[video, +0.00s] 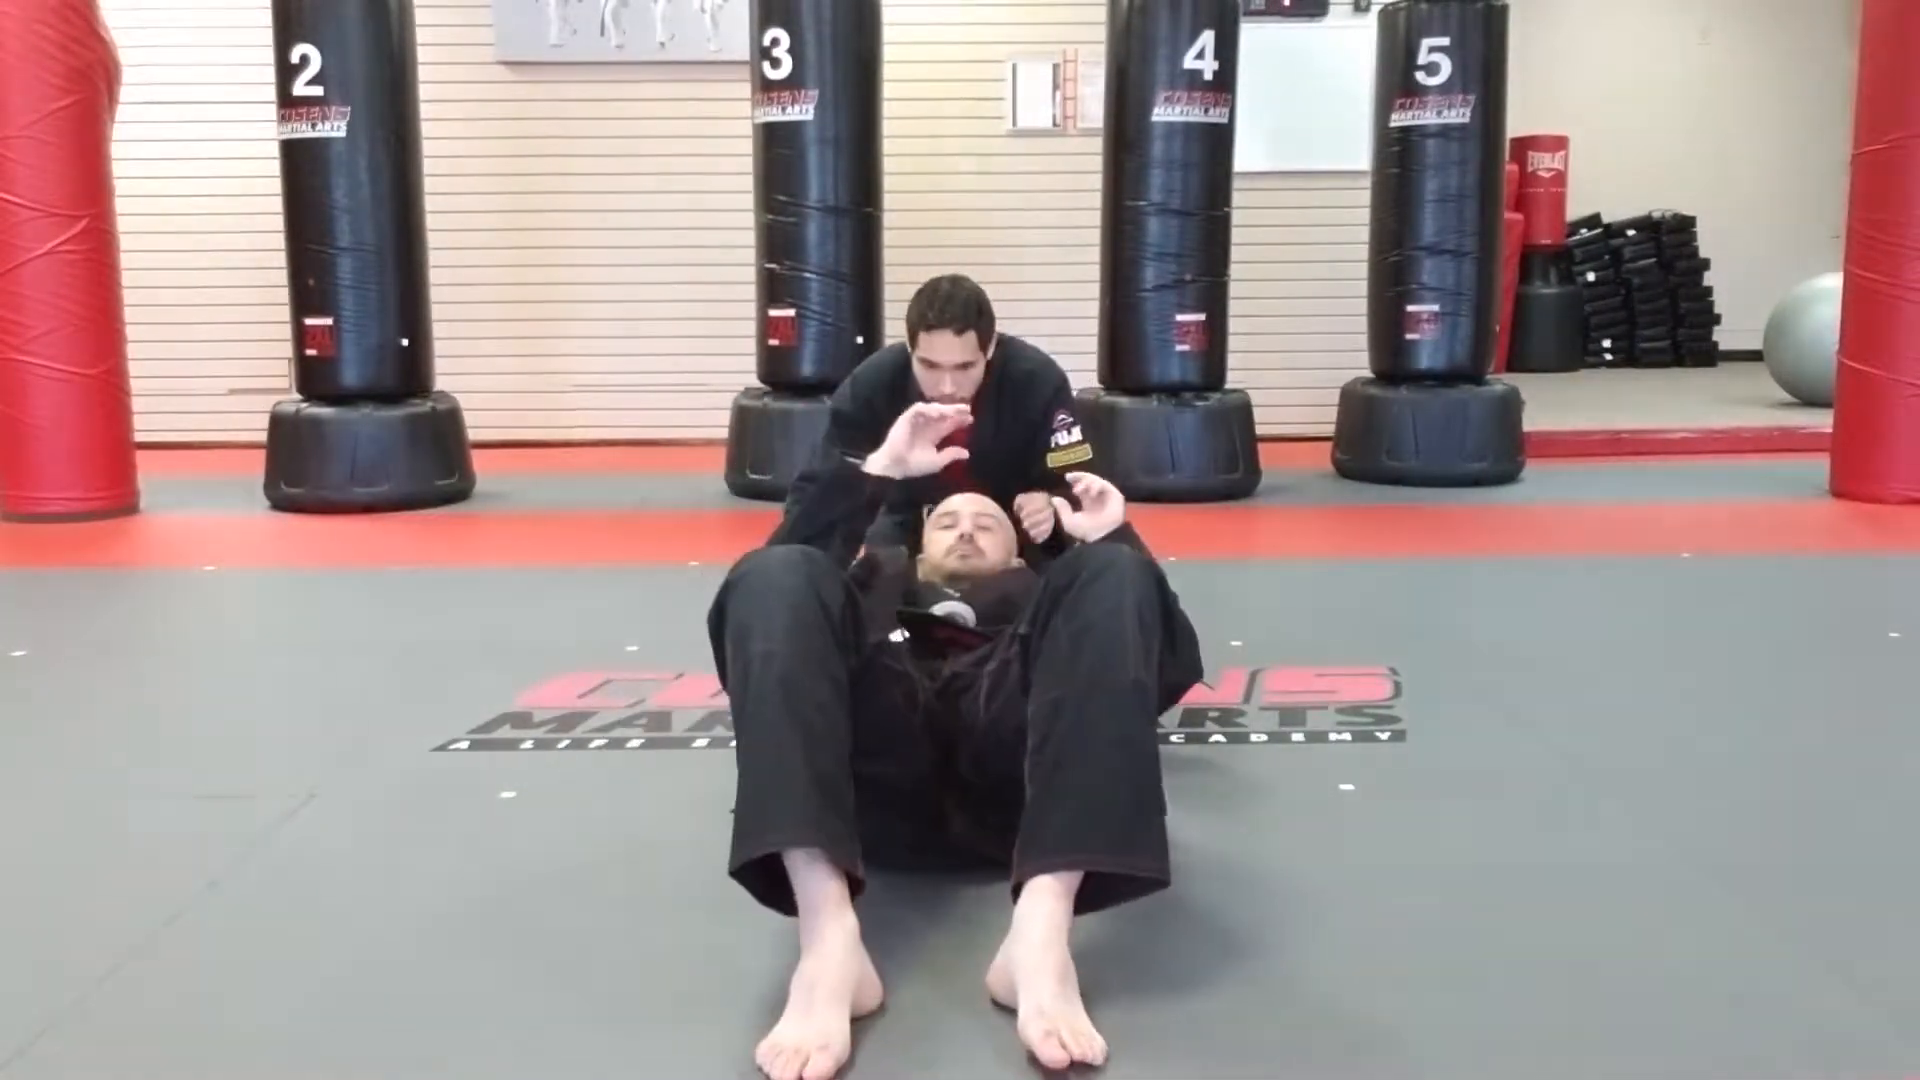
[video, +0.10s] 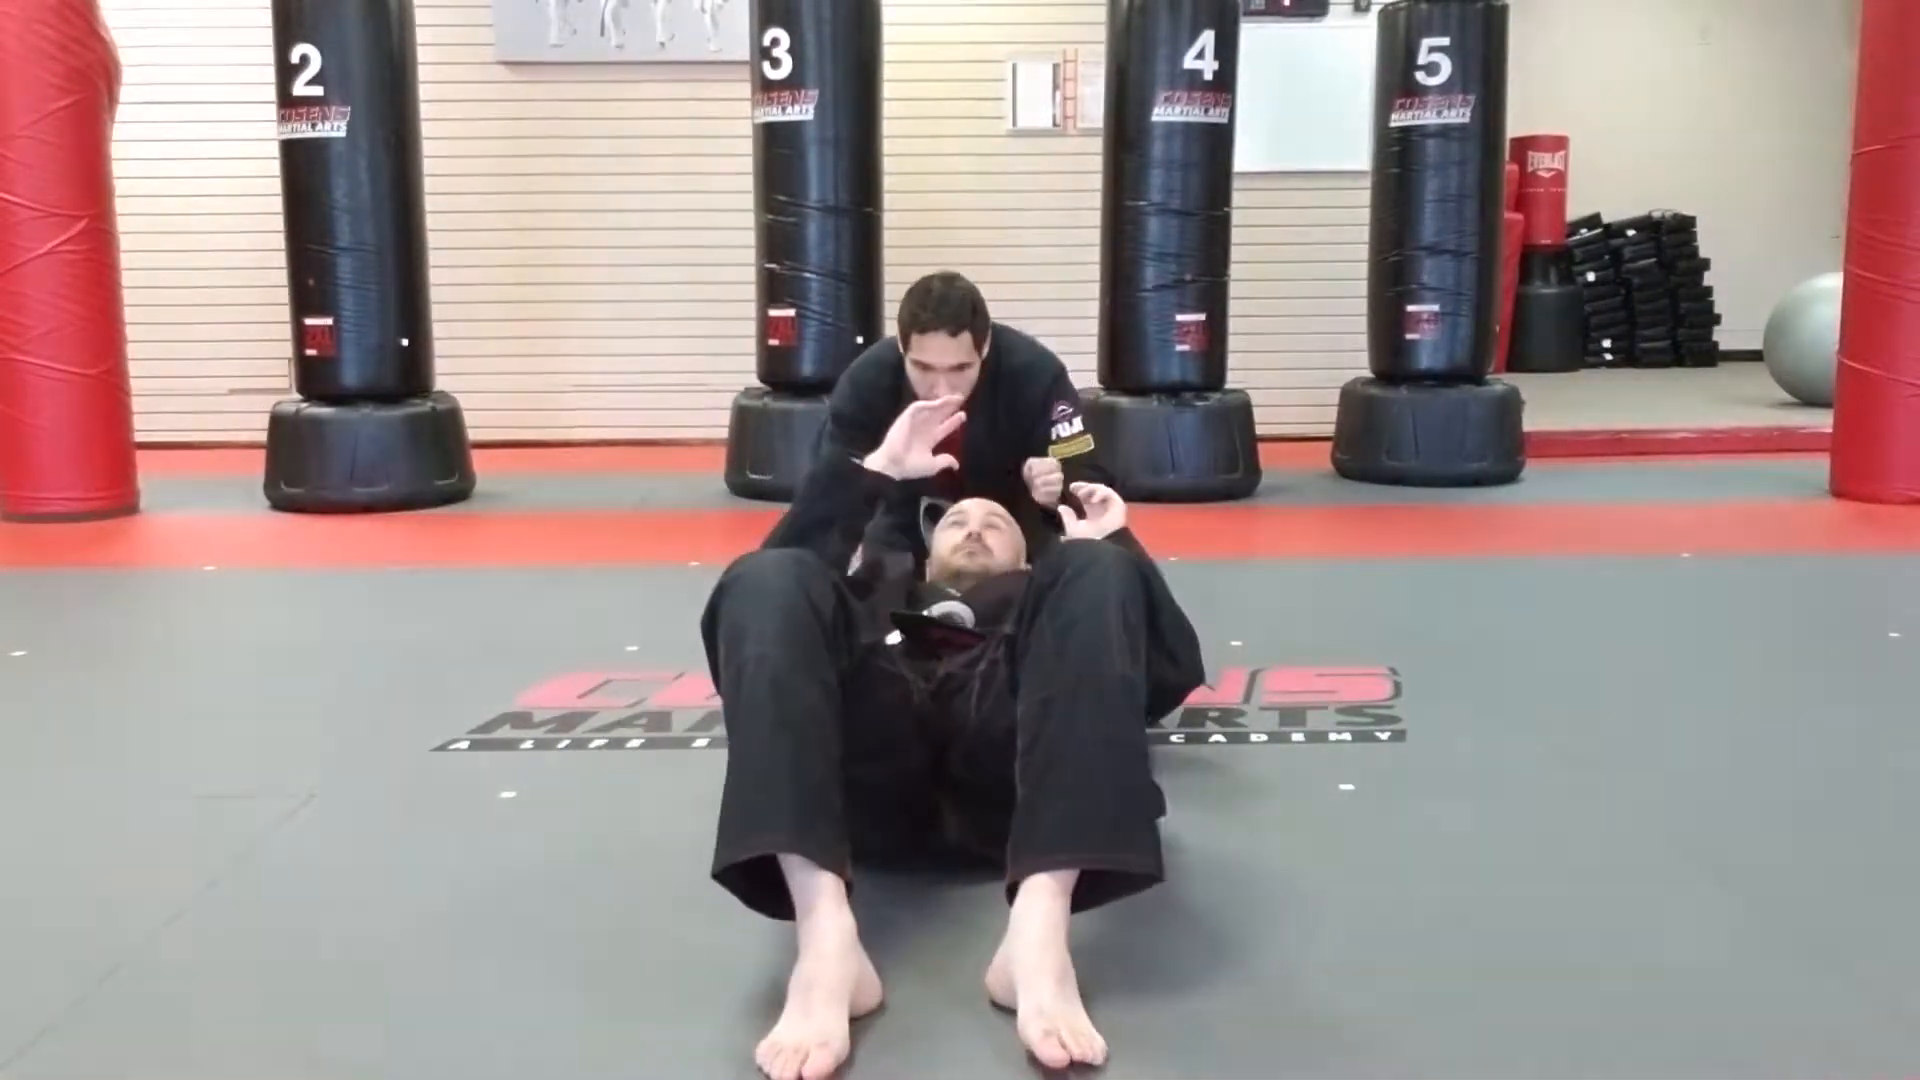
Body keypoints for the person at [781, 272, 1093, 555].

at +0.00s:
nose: (947, 386)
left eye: (963, 368)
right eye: (930, 367)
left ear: (989, 349)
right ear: (910, 349)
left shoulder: (1035, 381)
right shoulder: (870, 387)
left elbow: (1081, 500)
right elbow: (825, 496)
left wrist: (1052, 510)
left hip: (1006, 520)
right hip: (907, 517)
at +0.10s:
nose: (940, 389)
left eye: (959, 370)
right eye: (923, 368)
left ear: (983, 348)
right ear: (903, 347)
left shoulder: (1035, 374)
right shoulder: (867, 382)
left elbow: (1099, 490)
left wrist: (1063, 490)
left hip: (1012, 520)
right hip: (906, 521)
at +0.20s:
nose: (940, 388)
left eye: (956, 368)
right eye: (921, 367)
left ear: (980, 345)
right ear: (898, 347)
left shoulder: (1032, 364)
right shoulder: (865, 370)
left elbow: (1104, 474)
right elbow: (825, 497)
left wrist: (1059, 473)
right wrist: (874, 478)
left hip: (1011, 517)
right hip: (904, 513)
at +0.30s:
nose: (934, 376)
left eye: (952, 355)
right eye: (915, 355)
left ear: (976, 332)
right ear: (892, 335)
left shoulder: (1028, 353)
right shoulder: (859, 362)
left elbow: (1084, 466)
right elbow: (820, 488)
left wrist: (1033, 480)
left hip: (1000, 515)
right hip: (896, 518)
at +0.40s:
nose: (922, 369)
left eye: (939, 347)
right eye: (902, 349)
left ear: (966, 323)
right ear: (881, 328)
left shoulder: (1018, 340)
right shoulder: (847, 357)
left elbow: (1055, 452)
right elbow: (804, 485)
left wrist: (1010, 482)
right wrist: (837, 505)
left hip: (997, 526)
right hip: (886, 524)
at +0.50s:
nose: (908, 365)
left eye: (924, 342)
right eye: (886, 345)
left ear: (952, 314)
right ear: (865, 323)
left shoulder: (1003, 321)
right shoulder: (838, 355)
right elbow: (808, 472)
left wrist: (999, 498)